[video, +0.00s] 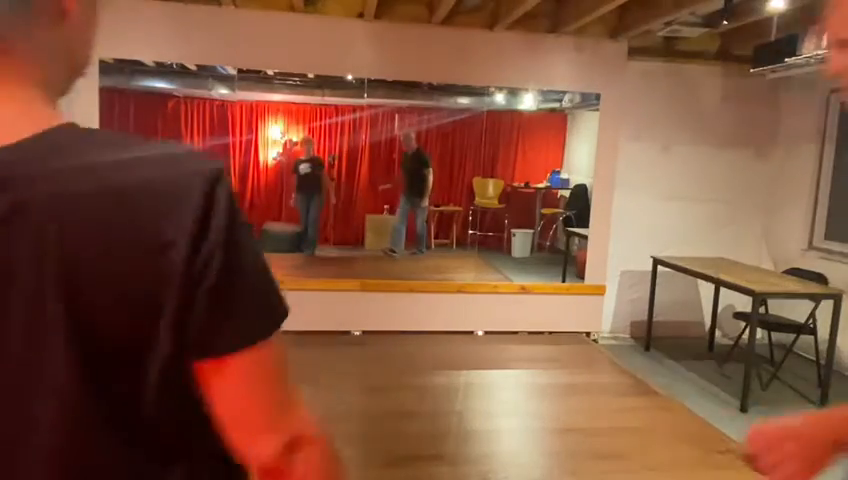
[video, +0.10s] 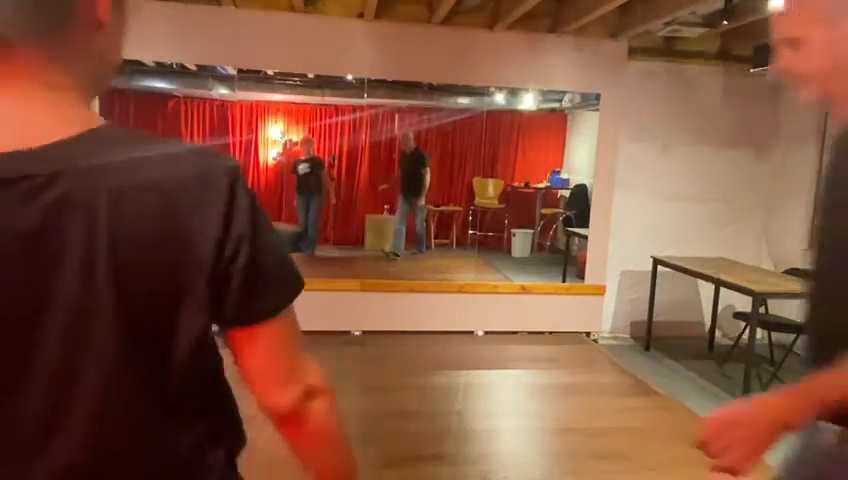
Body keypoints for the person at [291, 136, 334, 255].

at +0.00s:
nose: (308, 148)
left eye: (310, 145)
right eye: (306, 145)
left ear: (313, 146)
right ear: (302, 147)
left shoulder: (318, 161)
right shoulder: (298, 162)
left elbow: (325, 178)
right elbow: (295, 181)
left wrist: (330, 194)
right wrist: (294, 196)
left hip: (316, 193)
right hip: (302, 193)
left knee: (312, 220)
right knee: (303, 220)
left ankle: (310, 247)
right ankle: (303, 245)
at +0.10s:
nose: (308, 148)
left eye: (310, 145)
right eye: (306, 145)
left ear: (313, 146)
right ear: (302, 147)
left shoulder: (317, 161)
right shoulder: (297, 162)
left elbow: (324, 178)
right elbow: (295, 181)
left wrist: (331, 194)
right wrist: (295, 197)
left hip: (315, 194)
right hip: (302, 194)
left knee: (312, 221)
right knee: (302, 221)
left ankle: (310, 247)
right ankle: (302, 245)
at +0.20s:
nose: (307, 147)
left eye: (309, 144)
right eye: (305, 144)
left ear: (313, 146)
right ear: (301, 146)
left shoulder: (317, 160)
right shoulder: (297, 162)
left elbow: (324, 178)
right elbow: (295, 181)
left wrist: (331, 194)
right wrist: (295, 197)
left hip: (315, 193)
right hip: (301, 194)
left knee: (309, 220)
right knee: (300, 220)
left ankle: (310, 247)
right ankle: (301, 244)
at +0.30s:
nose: (306, 147)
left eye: (307, 144)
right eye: (303, 144)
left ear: (311, 145)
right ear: (300, 146)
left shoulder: (316, 161)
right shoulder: (295, 162)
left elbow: (322, 179)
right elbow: (293, 182)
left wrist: (324, 195)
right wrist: (292, 197)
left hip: (313, 194)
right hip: (299, 194)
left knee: (309, 220)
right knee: (299, 220)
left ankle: (309, 247)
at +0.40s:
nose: (303, 148)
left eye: (305, 144)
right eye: (301, 145)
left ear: (309, 145)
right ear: (297, 146)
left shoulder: (314, 160)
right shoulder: (293, 162)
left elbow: (319, 177)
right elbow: (290, 179)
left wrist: (320, 190)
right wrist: (288, 194)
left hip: (310, 194)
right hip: (296, 195)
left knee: (310, 222)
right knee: (293, 222)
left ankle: (310, 249)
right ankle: (289, 251)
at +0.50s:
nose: (301, 147)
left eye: (303, 144)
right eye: (299, 144)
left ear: (307, 145)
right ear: (295, 146)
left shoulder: (312, 160)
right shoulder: (291, 161)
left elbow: (317, 176)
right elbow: (288, 180)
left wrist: (318, 189)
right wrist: (285, 194)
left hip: (308, 193)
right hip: (293, 193)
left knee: (309, 221)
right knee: (292, 222)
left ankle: (310, 248)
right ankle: (289, 251)